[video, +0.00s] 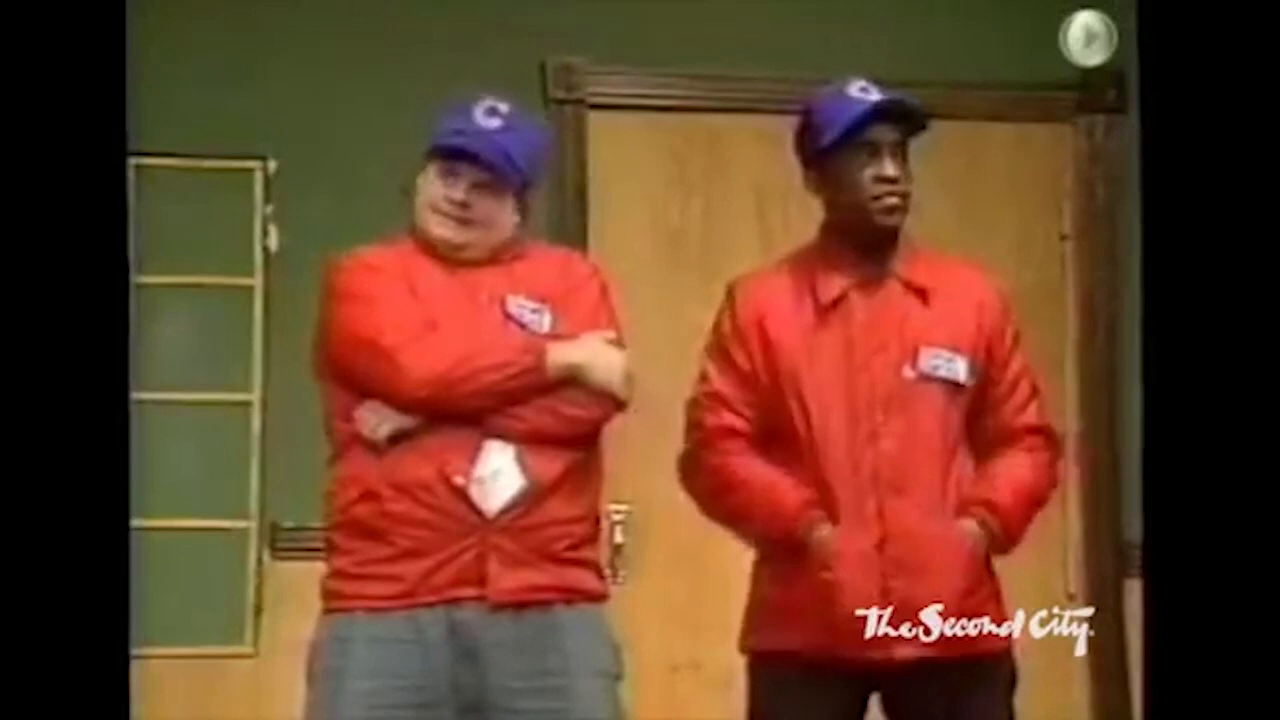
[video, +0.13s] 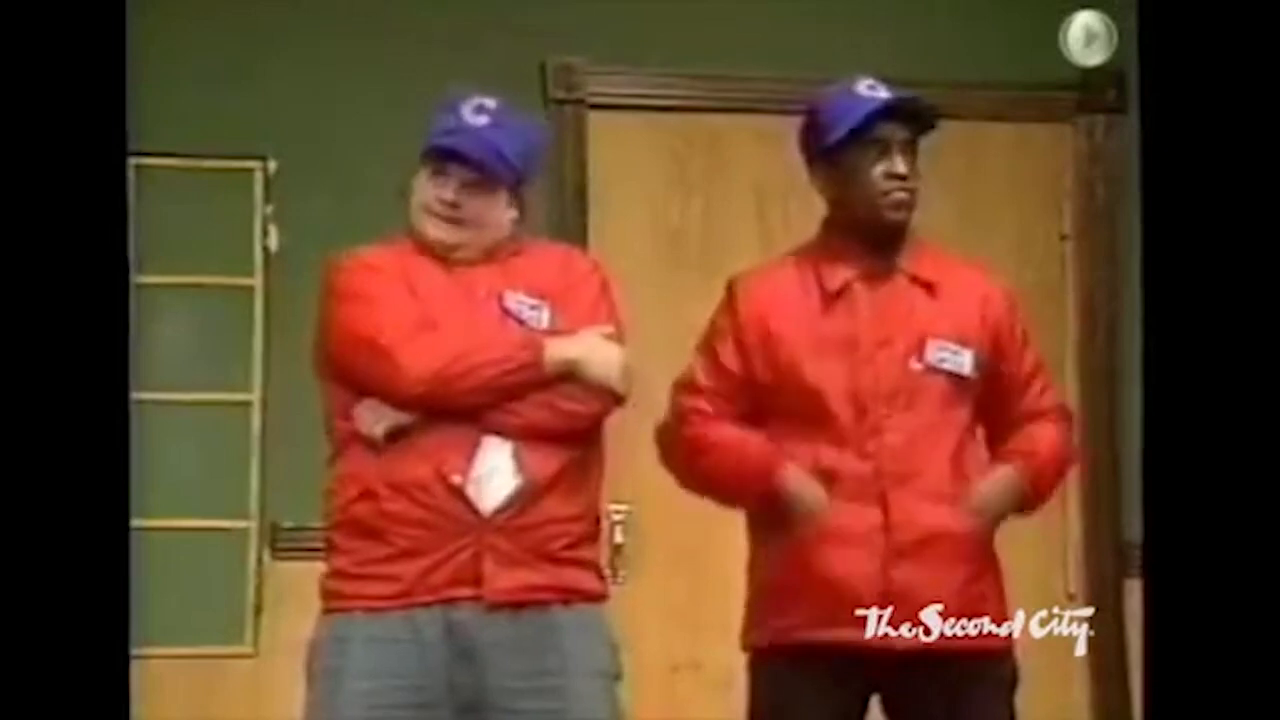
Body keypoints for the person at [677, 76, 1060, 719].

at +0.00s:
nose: (890, 171)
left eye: (899, 153)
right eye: (866, 154)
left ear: (913, 164)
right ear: (818, 174)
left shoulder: (970, 299)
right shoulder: (757, 305)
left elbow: (1027, 441)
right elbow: (710, 452)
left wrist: (981, 525)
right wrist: (807, 528)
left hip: (952, 630)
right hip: (805, 636)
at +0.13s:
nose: (900, 169)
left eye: (908, 151)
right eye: (875, 151)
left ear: (920, 163)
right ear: (825, 171)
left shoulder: (975, 297)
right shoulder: (760, 299)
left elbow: (1044, 425)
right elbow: (686, 429)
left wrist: (1003, 486)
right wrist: (776, 476)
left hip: (953, 630)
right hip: (805, 634)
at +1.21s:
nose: (873, 160)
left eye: (892, 145)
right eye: (854, 146)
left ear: (918, 170)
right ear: (829, 174)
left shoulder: (967, 272)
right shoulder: (785, 271)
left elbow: (1025, 352)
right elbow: (811, 384)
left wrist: (874, 342)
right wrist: (959, 393)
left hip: (965, 601)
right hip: (821, 604)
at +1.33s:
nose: (865, 157)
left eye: (886, 143)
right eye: (847, 145)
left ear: (916, 172)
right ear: (825, 176)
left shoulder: (977, 275)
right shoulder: (782, 276)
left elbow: (1021, 390)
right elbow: (804, 415)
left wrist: (873, 382)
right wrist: (964, 427)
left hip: (965, 608)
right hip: (817, 611)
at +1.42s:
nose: (859, 158)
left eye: (880, 143)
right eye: (842, 147)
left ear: (914, 173)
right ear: (823, 176)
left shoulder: (979, 283)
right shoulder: (776, 288)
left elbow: (1024, 419)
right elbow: (798, 432)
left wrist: (883, 393)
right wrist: (963, 443)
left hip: (964, 614)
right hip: (815, 618)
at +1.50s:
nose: (858, 159)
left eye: (880, 145)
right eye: (842, 148)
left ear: (914, 174)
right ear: (822, 176)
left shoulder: (978, 285)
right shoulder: (777, 288)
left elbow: (1023, 416)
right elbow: (797, 430)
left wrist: (883, 392)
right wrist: (963, 442)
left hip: (963, 616)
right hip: (814, 619)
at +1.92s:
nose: (847, 178)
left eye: (869, 163)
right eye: (832, 166)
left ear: (907, 191)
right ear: (818, 191)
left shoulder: (970, 299)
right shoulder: (775, 299)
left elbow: (1027, 406)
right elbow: (792, 419)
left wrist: (884, 384)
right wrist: (959, 436)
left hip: (965, 614)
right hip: (816, 615)